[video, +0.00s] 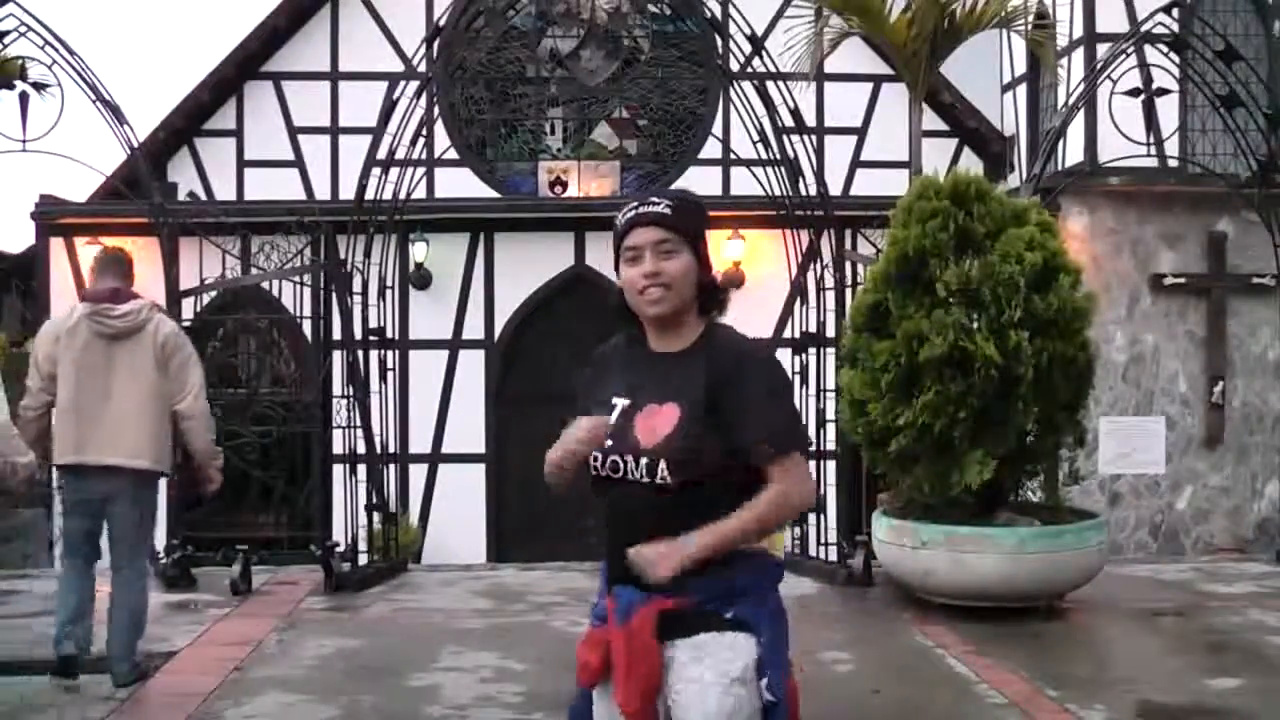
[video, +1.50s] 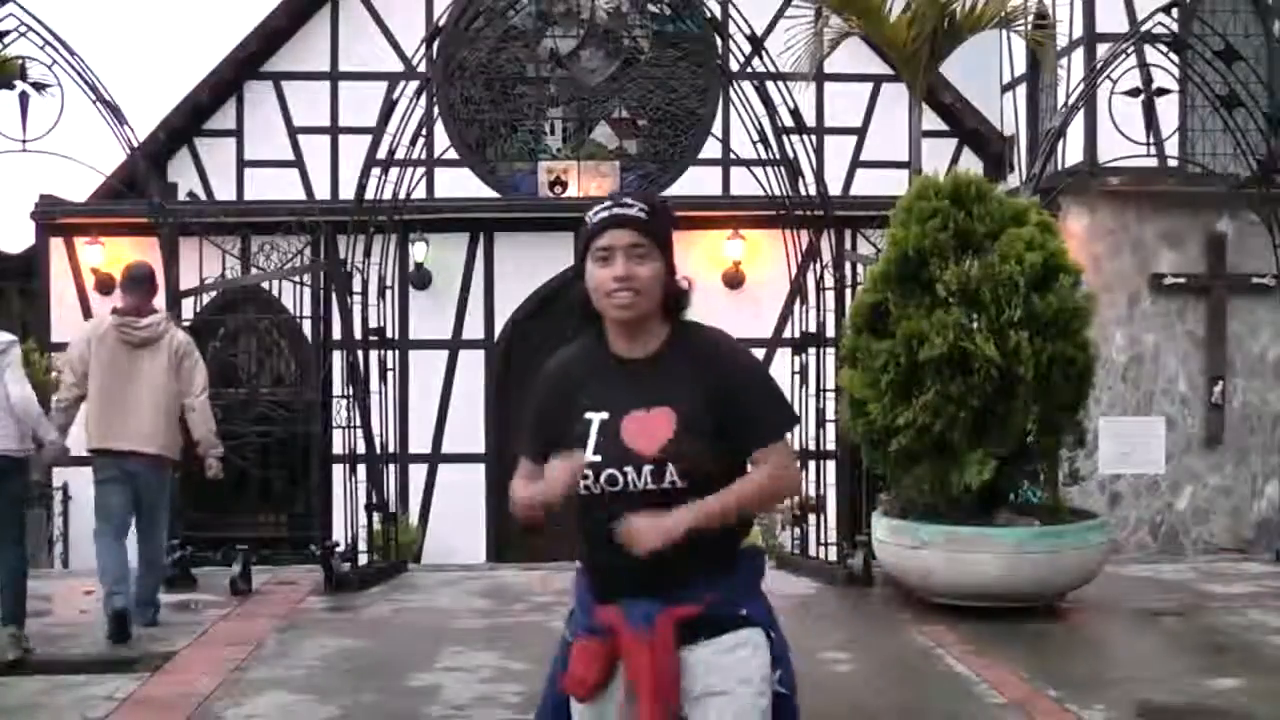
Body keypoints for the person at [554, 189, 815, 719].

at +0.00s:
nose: (648, 270)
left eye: (667, 253)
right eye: (633, 257)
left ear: (701, 266)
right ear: (619, 273)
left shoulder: (745, 364)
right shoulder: (610, 361)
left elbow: (796, 488)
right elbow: (561, 481)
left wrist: (688, 549)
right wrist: (568, 451)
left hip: (728, 606)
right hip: (625, 606)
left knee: (752, 709)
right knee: (592, 711)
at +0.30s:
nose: (704, 305)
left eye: (725, 285)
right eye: (687, 290)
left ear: (764, 296)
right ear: (673, 306)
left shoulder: (813, 413)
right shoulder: (666, 384)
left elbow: (845, 565)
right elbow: (625, 480)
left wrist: (721, 526)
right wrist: (616, 555)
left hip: (783, 649)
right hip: (678, 640)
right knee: (639, 707)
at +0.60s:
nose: (728, 335)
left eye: (752, 313)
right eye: (711, 315)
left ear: (794, 321)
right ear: (695, 324)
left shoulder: (836, 433)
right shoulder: (690, 387)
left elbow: (908, 580)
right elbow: (632, 491)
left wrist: (790, 651)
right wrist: (670, 517)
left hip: (823, 683)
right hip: (713, 670)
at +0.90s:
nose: (724, 324)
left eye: (748, 302)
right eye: (706, 305)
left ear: (791, 312)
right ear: (690, 316)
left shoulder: (838, 427)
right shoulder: (684, 390)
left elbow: (887, 584)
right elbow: (635, 488)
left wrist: (751, 575)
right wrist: (624, 555)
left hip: (809, 684)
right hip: (700, 669)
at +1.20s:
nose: (674, 284)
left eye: (695, 267)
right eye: (657, 268)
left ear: (729, 282)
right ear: (639, 285)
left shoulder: (767, 384)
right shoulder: (623, 375)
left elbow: (829, 513)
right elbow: (573, 493)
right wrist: (611, 527)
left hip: (752, 665)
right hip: (644, 660)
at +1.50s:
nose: (620, 273)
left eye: (639, 256)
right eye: (603, 258)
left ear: (668, 271)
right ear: (585, 275)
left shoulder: (720, 360)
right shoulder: (566, 373)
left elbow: (781, 473)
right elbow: (521, 497)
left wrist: (679, 519)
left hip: (716, 616)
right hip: (604, 618)